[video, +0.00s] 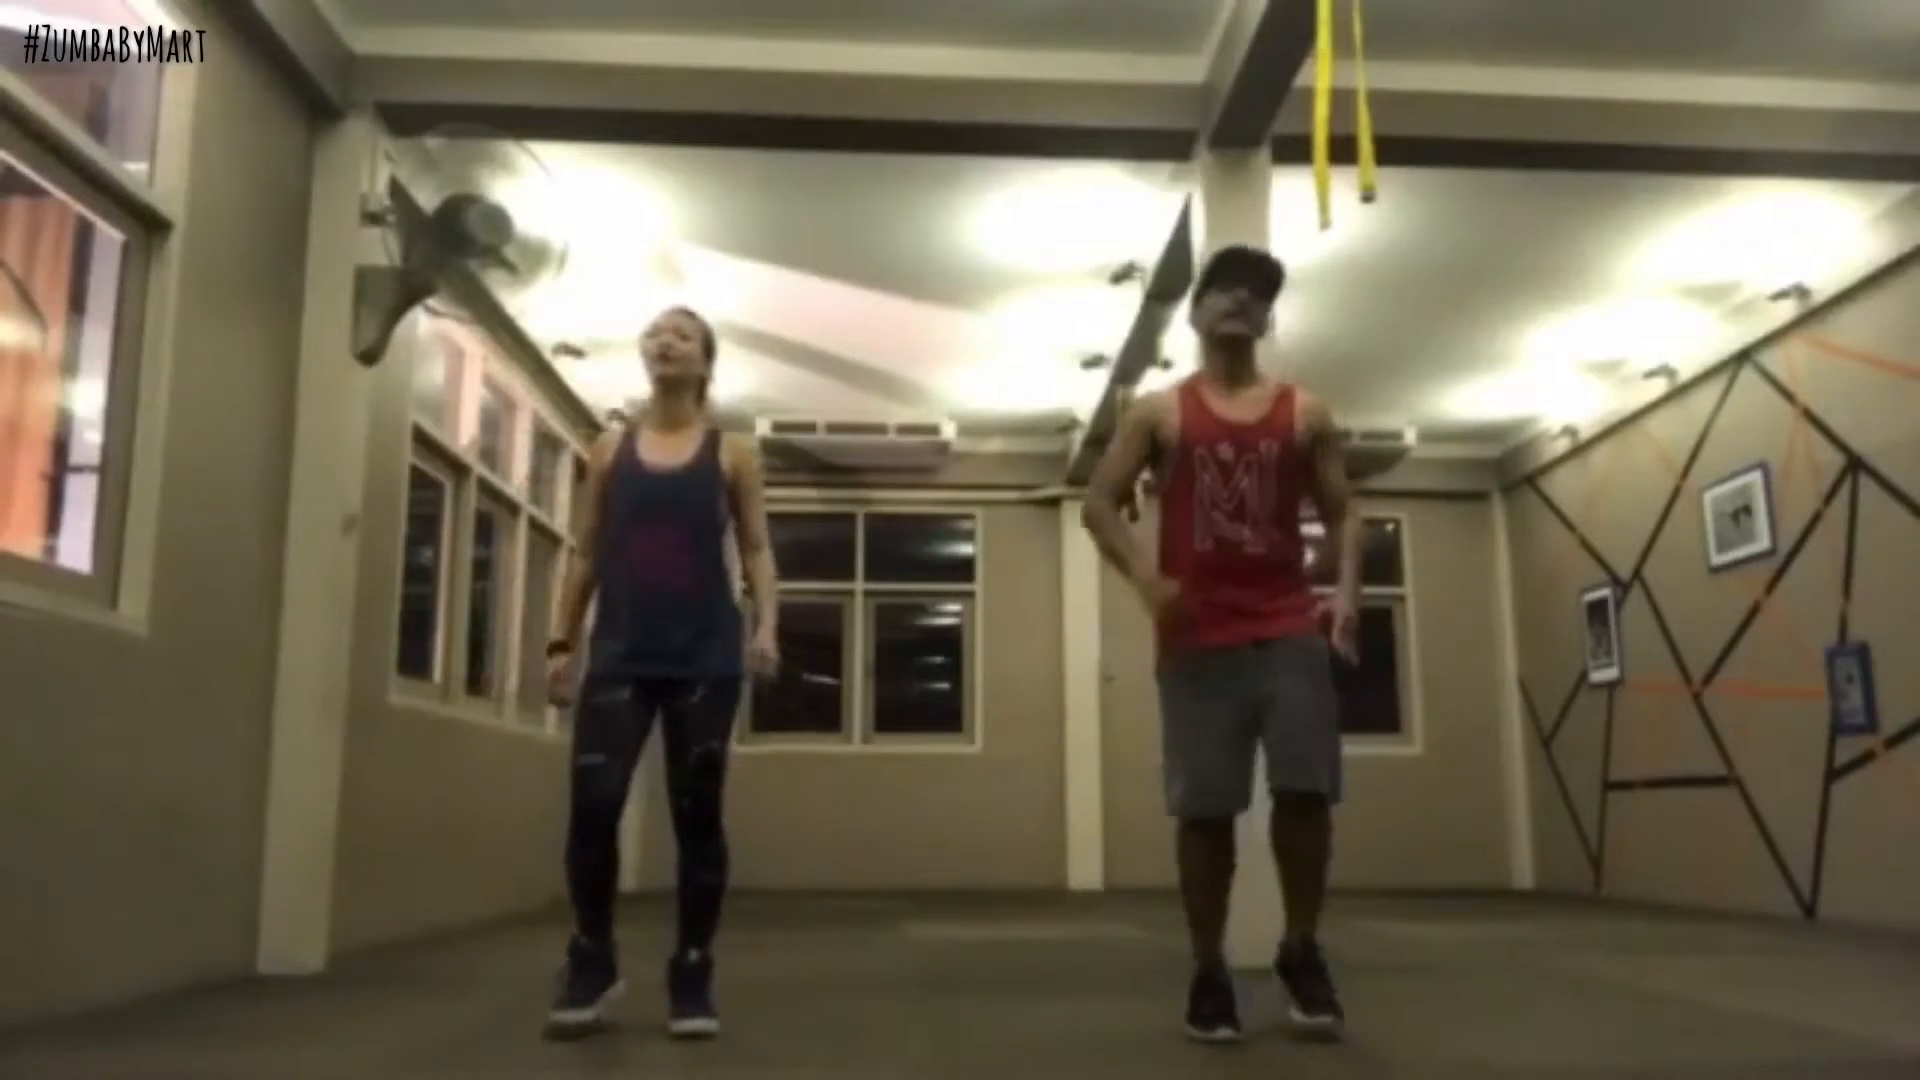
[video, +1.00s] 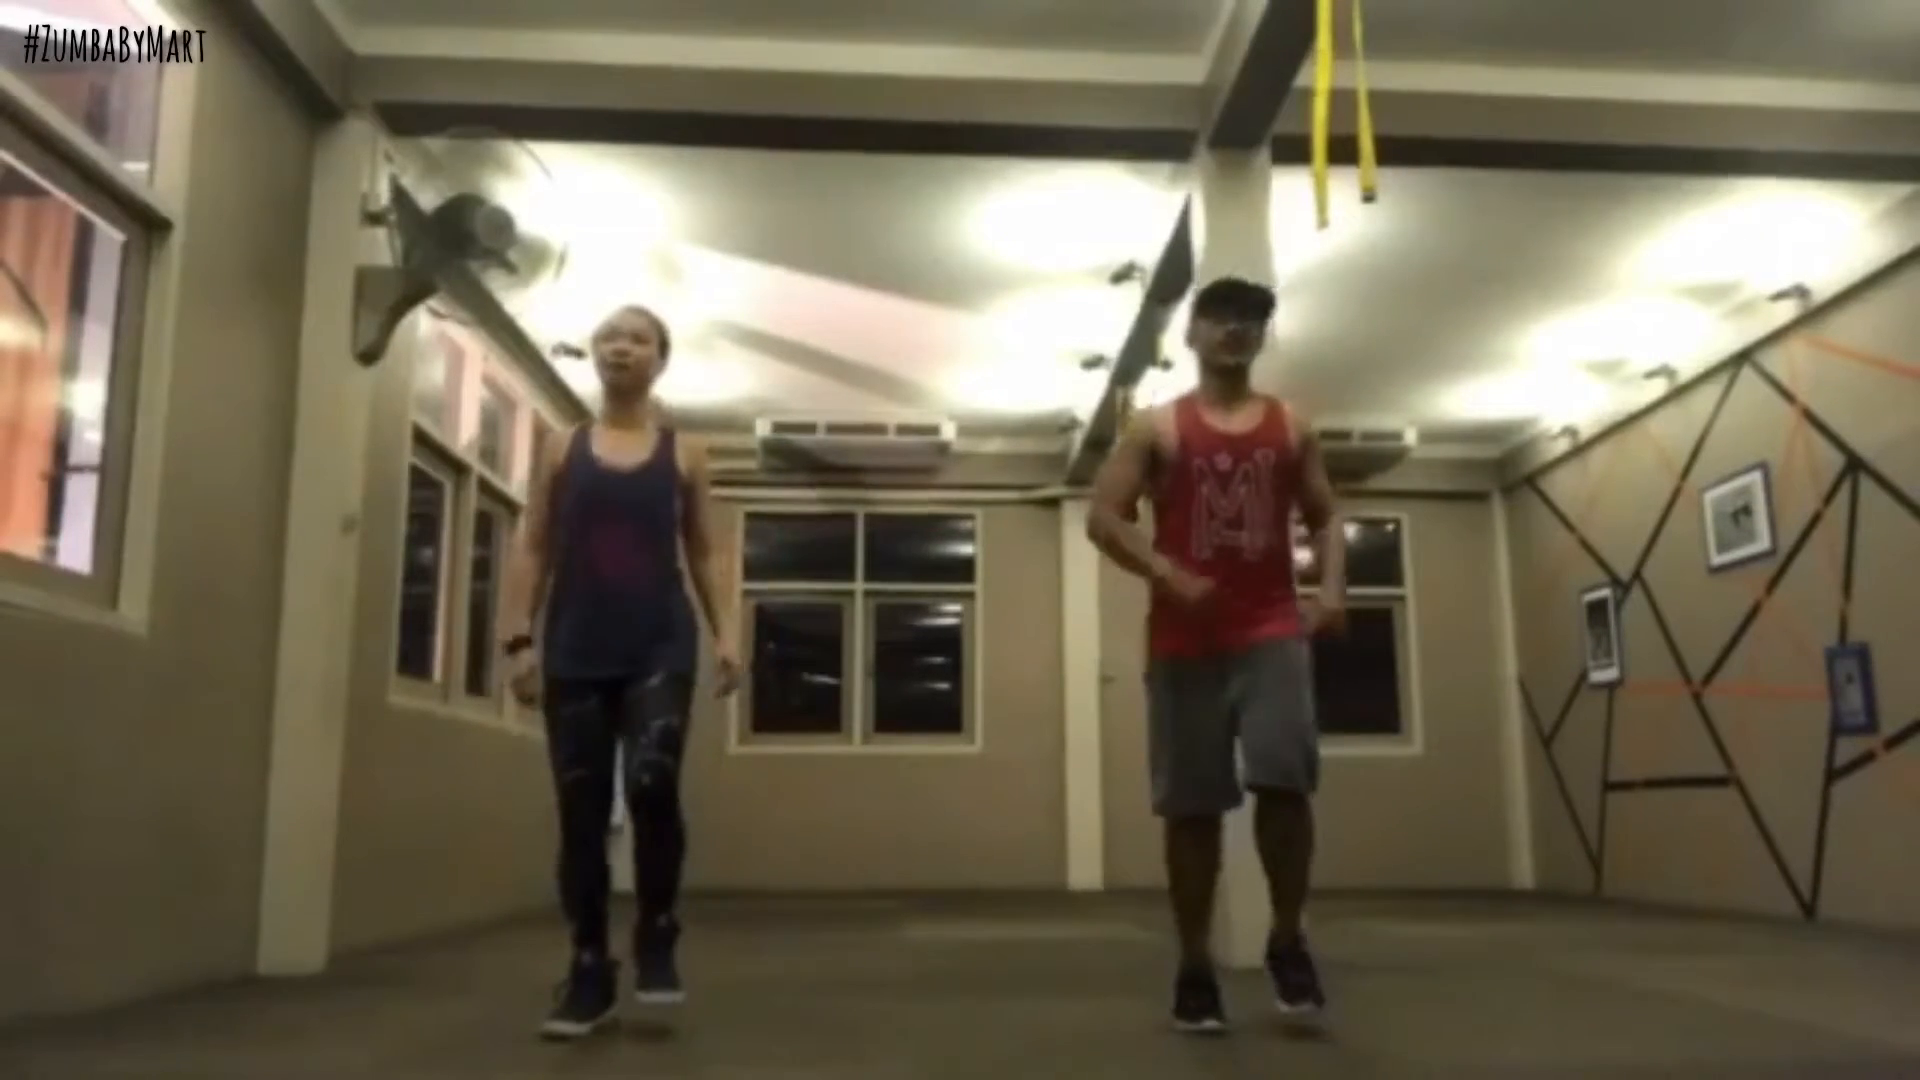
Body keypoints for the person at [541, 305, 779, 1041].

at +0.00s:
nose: (666, 343)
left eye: (682, 335)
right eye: (656, 334)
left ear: (706, 358)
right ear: (642, 354)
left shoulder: (730, 450)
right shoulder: (610, 450)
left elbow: (757, 550)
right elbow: (584, 550)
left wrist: (765, 624)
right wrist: (563, 641)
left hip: (704, 656)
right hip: (618, 654)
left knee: (697, 818)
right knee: (591, 808)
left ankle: (692, 979)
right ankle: (591, 965)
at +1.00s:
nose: (621, 349)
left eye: (637, 340)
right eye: (610, 337)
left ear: (660, 359)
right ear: (592, 354)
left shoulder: (683, 449)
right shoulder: (564, 448)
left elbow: (706, 549)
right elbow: (531, 547)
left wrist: (724, 632)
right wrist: (519, 638)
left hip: (659, 649)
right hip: (574, 652)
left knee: (651, 790)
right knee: (582, 814)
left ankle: (657, 948)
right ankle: (589, 971)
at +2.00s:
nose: (633, 379)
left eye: (646, 365)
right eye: (622, 364)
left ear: (670, 367)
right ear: (602, 366)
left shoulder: (697, 456)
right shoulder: (572, 454)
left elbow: (718, 556)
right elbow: (536, 552)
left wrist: (728, 641)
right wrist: (511, 642)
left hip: (672, 655)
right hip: (589, 656)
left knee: (654, 791)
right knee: (591, 813)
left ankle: (659, 950)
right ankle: (594, 964)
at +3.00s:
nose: (623, 354)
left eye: (636, 345)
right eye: (611, 344)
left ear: (655, 367)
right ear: (589, 365)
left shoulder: (680, 457)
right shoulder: (561, 455)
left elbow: (698, 564)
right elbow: (525, 547)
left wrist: (711, 653)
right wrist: (482, 619)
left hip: (655, 655)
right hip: (573, 656)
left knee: (629, 788)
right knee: (568, 811)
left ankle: (650, 939)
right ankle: (560, 969)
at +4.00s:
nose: (620, 358)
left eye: (636, 349)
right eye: (611, 348)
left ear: (660, 370)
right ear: (594, 364)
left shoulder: (682, 458)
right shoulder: (562, 453)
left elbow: (701, 564)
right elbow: (530, 545)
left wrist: (709, 655)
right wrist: (503, 626)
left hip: (656, 653)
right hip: (573, 653)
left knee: (635, 788)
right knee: (574, 811)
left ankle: (657, 919)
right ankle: (574, 961)